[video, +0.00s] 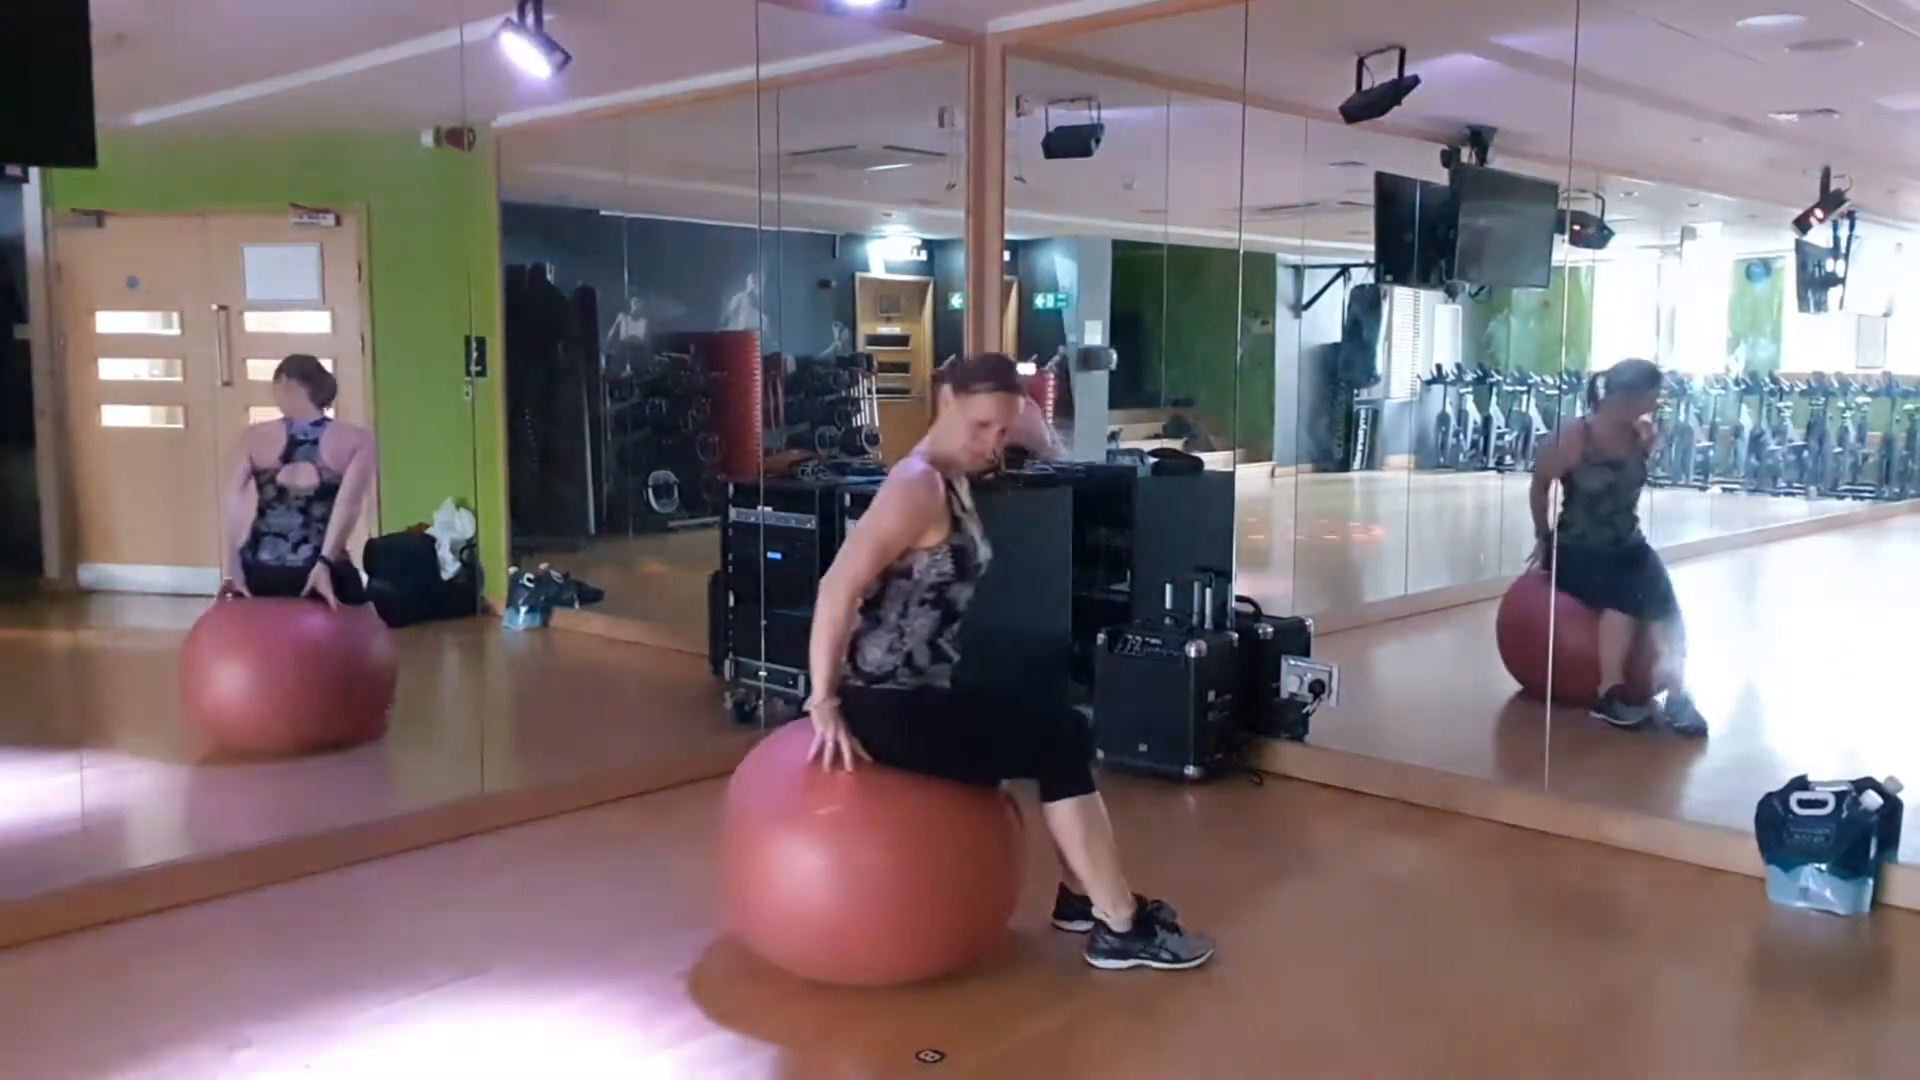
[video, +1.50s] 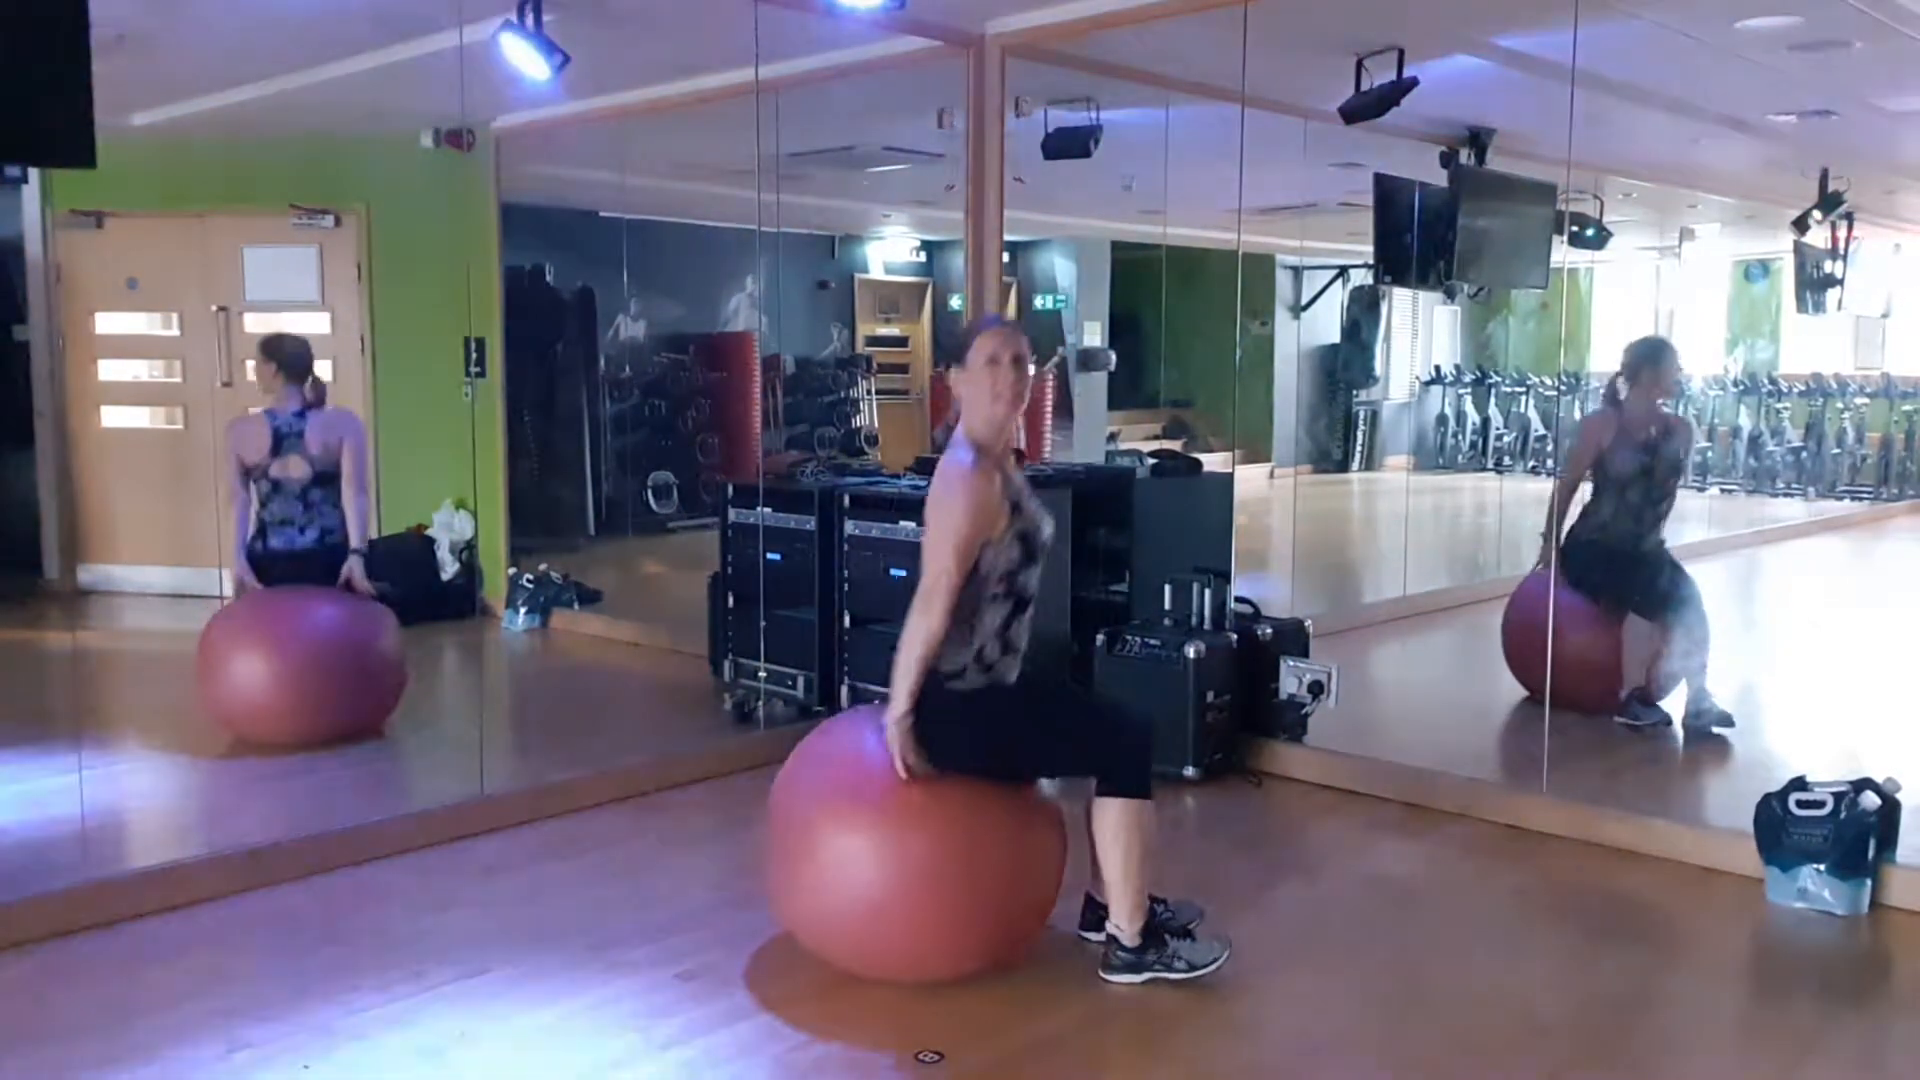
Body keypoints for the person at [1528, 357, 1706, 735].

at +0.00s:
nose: (1653, 407)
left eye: (1655, 400)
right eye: (1650, 399)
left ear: (1640, 402)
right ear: (1624, 396)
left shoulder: (1642, 434)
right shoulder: (1573, 436)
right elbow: (1540, 484)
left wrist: (1650, 443)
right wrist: (1543, 538)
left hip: (1627, 542)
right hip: (1577, 545)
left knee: (1662, 598)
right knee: (1624, 590)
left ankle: (1677, 695)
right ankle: (1610, 691)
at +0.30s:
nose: (1644, 402)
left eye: (1647, 395)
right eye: (1640, 394)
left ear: (1645, 392)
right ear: (1613, 386)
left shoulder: (1642, 432)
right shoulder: (1566, 431)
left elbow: (1632, 488)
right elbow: (1536, 484)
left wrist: (1625, 528)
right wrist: (1537, 537)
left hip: (1624, 542)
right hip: (1573, 541)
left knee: (1662, 600)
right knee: (1622, 588)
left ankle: (1694, 695)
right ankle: (1609, 691)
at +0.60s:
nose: (1659, 388)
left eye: (1659, 379)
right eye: (1651, 379)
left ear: (1647, 388)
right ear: (1624, 383)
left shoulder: (1658, 437)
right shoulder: (1575, 438)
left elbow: (1648, 497)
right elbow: (1553, 493)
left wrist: (1638, 537)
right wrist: (1555, 543)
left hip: (1639, 548)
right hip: (1586, 546)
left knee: (1670, 591)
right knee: (1628, 590)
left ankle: (1698, 699)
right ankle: (1632, 695)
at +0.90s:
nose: (1680, 351)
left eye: (1678, 343)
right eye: (1672, 343)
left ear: (1650, 348)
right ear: (1646, 347)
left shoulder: (1678, 404)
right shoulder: (1603, 404)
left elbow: (1677, 472)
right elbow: (1581, 474)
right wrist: (1572, 532)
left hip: (1663, 520)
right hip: (1610, 519)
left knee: (1691, 601)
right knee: (1651, 590)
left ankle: (1698, 699)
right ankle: (1632, 696)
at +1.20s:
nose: (1687, 331)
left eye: (1686, 323)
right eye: (1680, 323)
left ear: (1656, 329)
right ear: (1654, 328)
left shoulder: (1689, 387)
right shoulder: (1606, 389)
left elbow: (1682, 452)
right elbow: (1585, 454)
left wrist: (1678, 500)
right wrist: (1576, 513)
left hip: (1674, 508)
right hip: (1620, 508)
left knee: (1697, 605)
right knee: (1655, 599)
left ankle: (1698, 700)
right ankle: (1634, 694)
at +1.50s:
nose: (1680, 376)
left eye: (1678, 368)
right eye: (1672, 369)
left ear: (1660, 375)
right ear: (1644, 373)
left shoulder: (1679, 430)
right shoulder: (1601, 425)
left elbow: (1666, 493)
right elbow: (1567, 485)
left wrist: (1650, 539)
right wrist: (1550, 543)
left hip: (1645, 549)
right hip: (1593, 546)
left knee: (1689, 603)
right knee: (1650, 592)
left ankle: (1698, 701)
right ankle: (1634, 697)